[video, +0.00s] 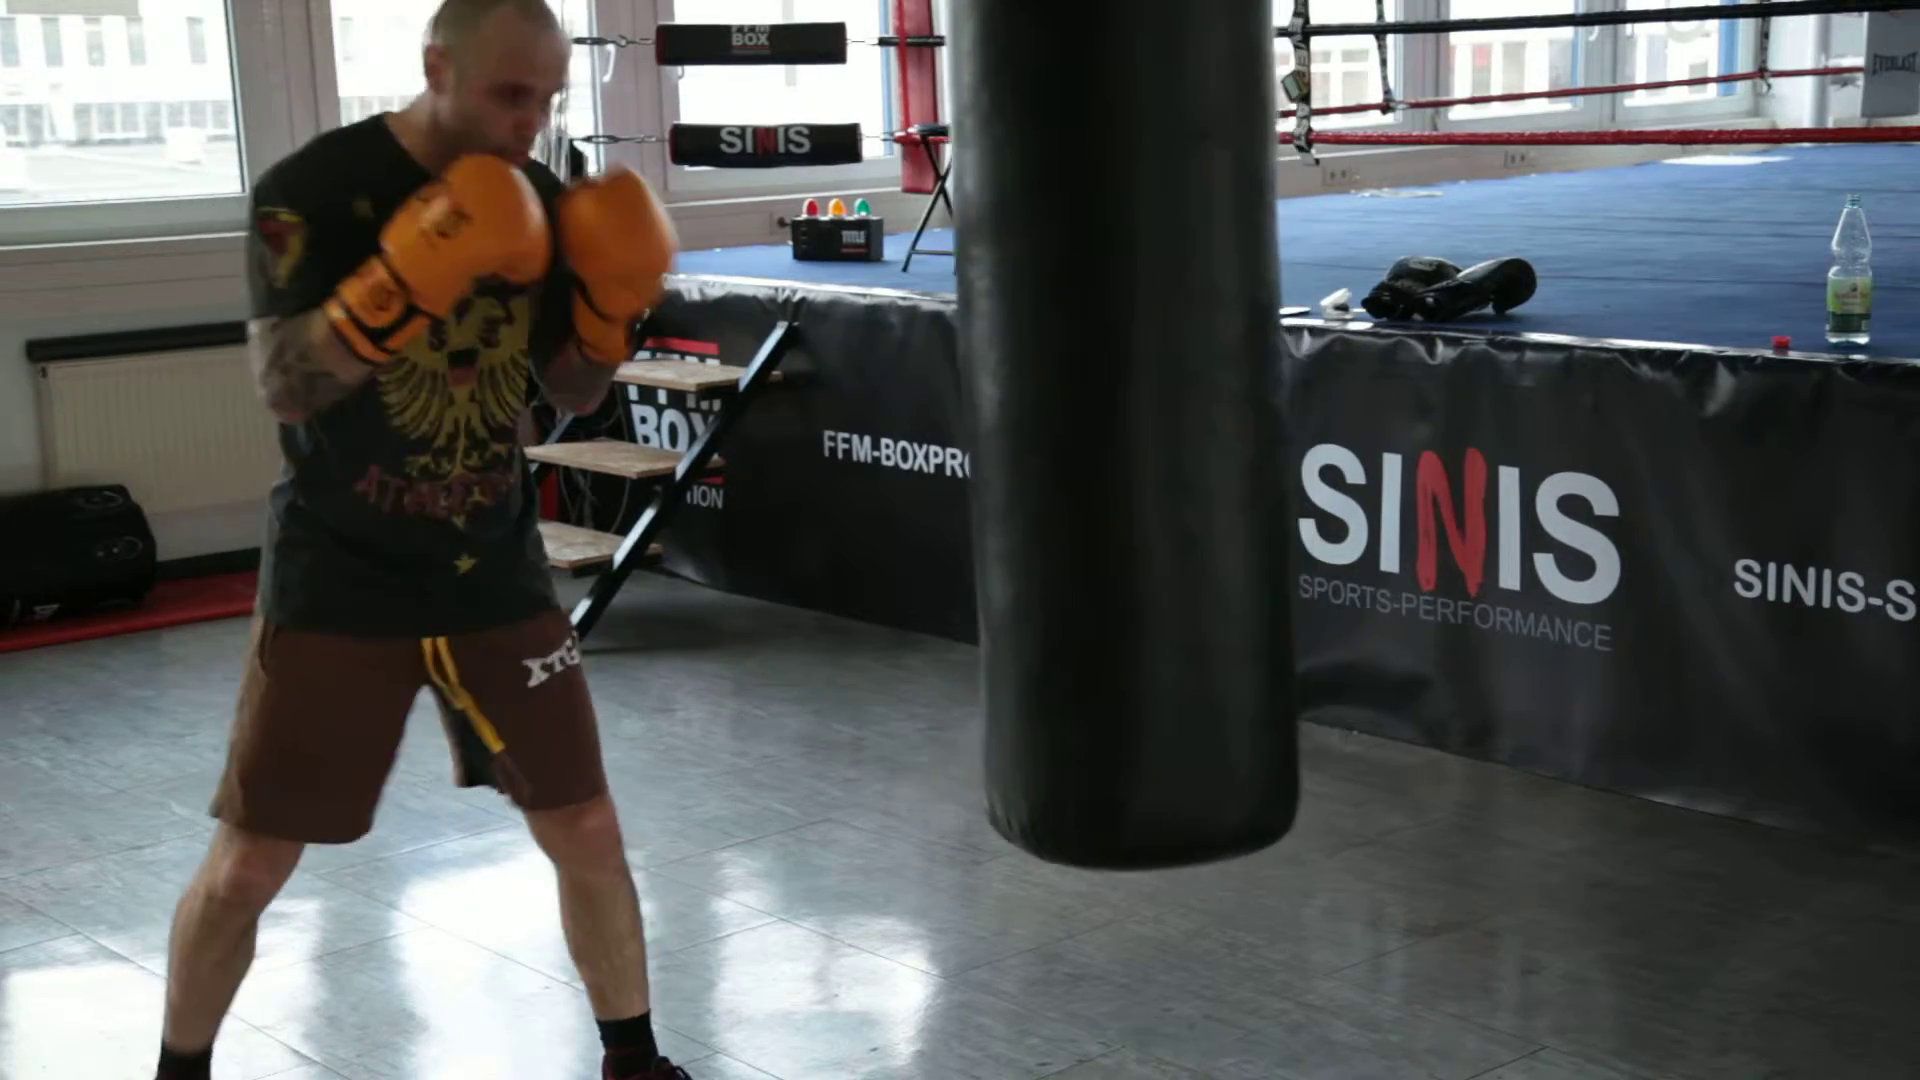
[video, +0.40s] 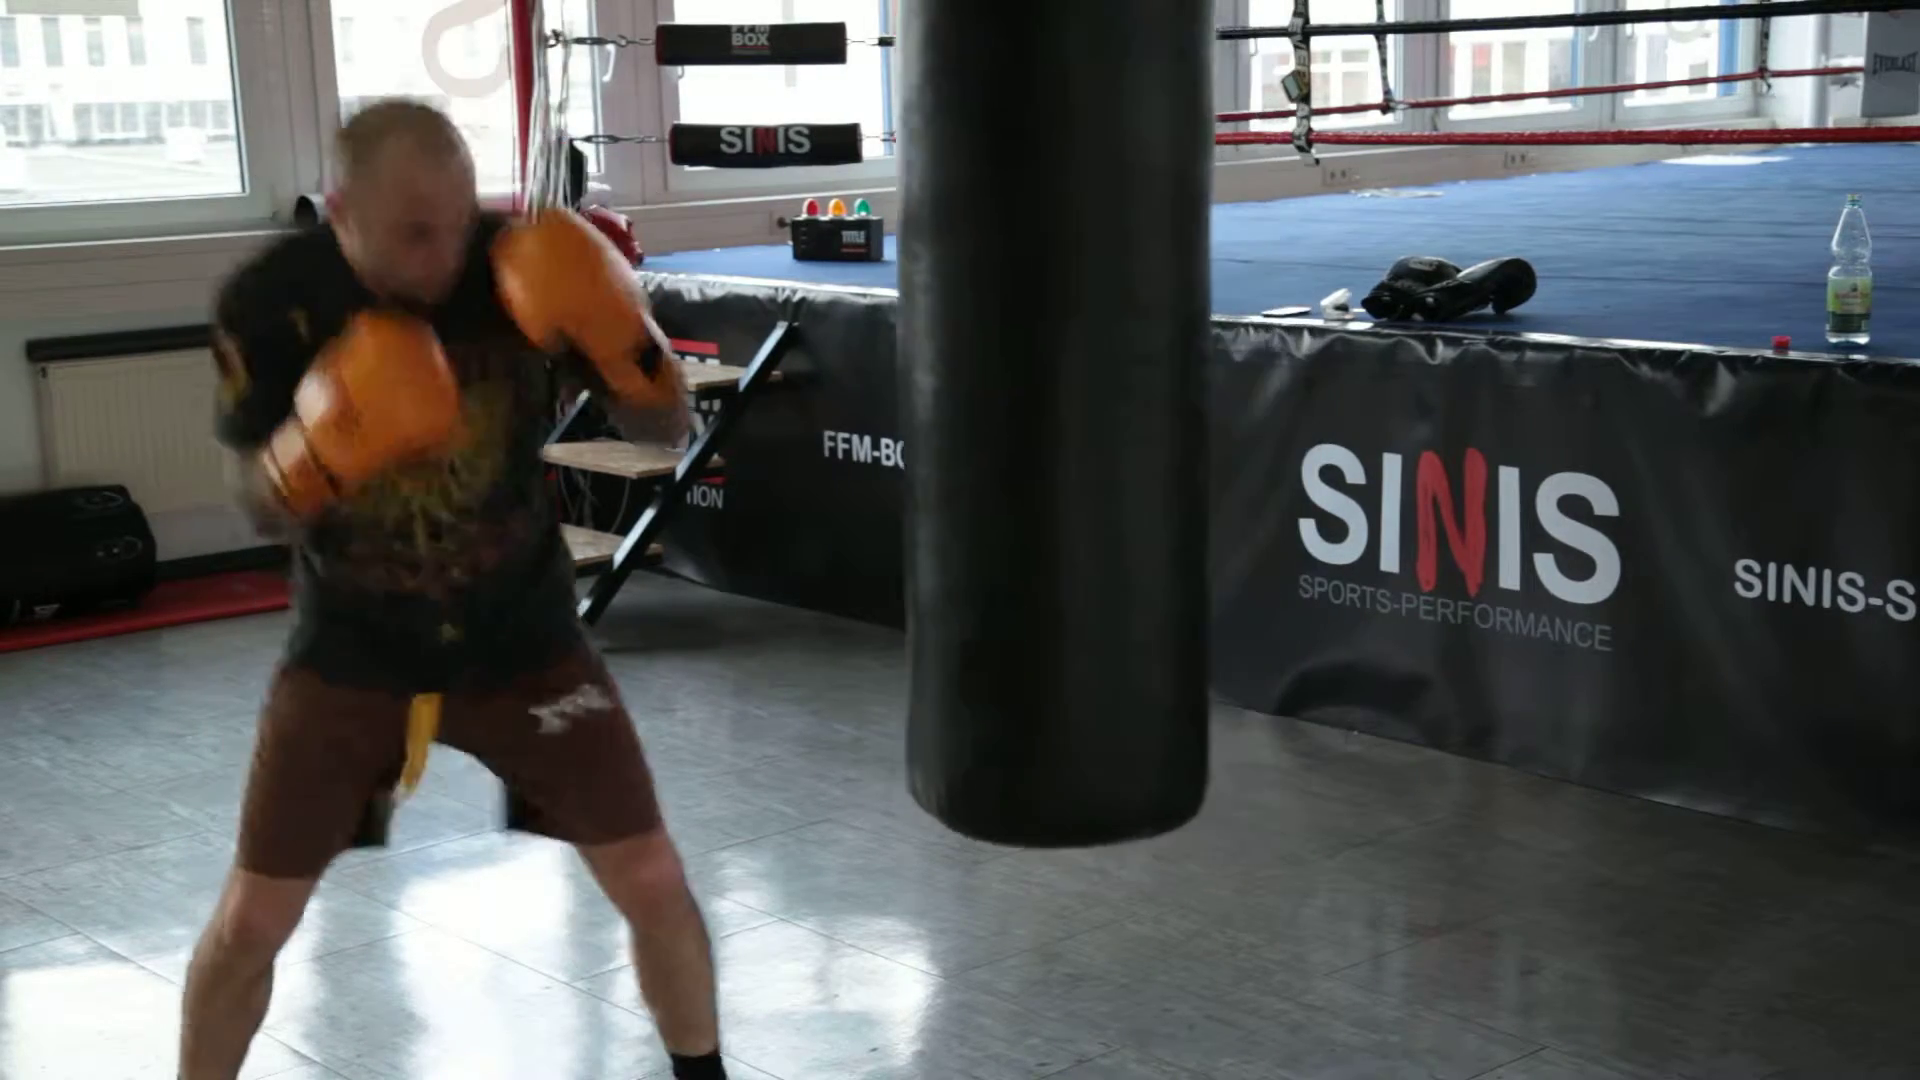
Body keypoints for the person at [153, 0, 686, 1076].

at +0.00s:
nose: (530, 122)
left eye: (547, 98)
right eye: (509, 95)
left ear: (557, 85)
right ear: (434, 71)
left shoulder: (545, 202)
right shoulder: (312, 191)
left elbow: (559, 402)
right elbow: (284, 388)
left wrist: (611, 313)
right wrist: (403, 280)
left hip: (496, 560)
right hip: (341, 565)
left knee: (588, 834)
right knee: (248, 867)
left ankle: (636, 1063)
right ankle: (179, 1075)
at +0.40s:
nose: (444, 256)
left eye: (460, 227)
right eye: (416, 234)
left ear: (479, 201)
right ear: (342, 213)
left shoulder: (523, 261)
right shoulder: (273, 301)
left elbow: (661, 428)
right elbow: (261, 498)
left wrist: (616, 328)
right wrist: (332, 437)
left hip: (525, 637)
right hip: (353, 646)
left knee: (654, 883)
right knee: (254, 921)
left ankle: (703, 1073)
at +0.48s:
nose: (495, 275)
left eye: (508, 247)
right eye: (468, 255)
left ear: (522, 221)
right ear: (390, 232)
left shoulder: (565, 298)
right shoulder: (313, 319)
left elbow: (670, 474)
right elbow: (286, 510)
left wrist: (659, 401)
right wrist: (335, 497)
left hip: (557, 658)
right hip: (381, 673)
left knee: (689, 886)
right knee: (272, 934)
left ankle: (711, 1073)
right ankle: (205, 1078)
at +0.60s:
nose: (630, 226)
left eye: (640, 198)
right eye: (607, 200)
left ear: (649, 178)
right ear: (534, 171)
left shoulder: (634, 272)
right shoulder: (414, 264)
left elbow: (681, 431)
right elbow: (329, 454)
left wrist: (704, 368)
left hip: (575, 607)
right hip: (424, 620)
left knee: (685, 848)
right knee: (324, 915)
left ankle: (711, 1074)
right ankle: (208, 1077)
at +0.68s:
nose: (681, 213)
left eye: (695, 189)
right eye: (660, 185)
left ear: (705, 175)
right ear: (580, 159)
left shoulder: (651, 257)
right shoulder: (489, 225)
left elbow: (701, 412)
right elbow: (466, 341)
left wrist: (749, 348)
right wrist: (659, 277)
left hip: (578, 589)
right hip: (441, 602)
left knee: (688, 839)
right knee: (334, 910)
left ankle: (710, 1075)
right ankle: (210, 1073)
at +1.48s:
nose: (661, 159)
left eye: (673, 132)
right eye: (638, 132)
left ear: (681, 119)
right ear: (551, 101)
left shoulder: (653, 225)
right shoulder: (423, 225)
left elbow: (756, 412)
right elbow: (436, 419)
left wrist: (791, 320)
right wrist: (583, 319)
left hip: (649, 632)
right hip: (479, 647)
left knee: (798, 905)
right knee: (384, 956)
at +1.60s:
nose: (751, 182)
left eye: (763, 155)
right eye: (729, 153)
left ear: (774, 141)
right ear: (647, 127)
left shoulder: (760, 253)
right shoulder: (518, 248)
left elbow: (823, 465)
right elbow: (460, 472)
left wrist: (844, 363)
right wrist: (579, 373)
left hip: (725, 658)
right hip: (552, 671)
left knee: (864, 919)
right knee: (421, 974)